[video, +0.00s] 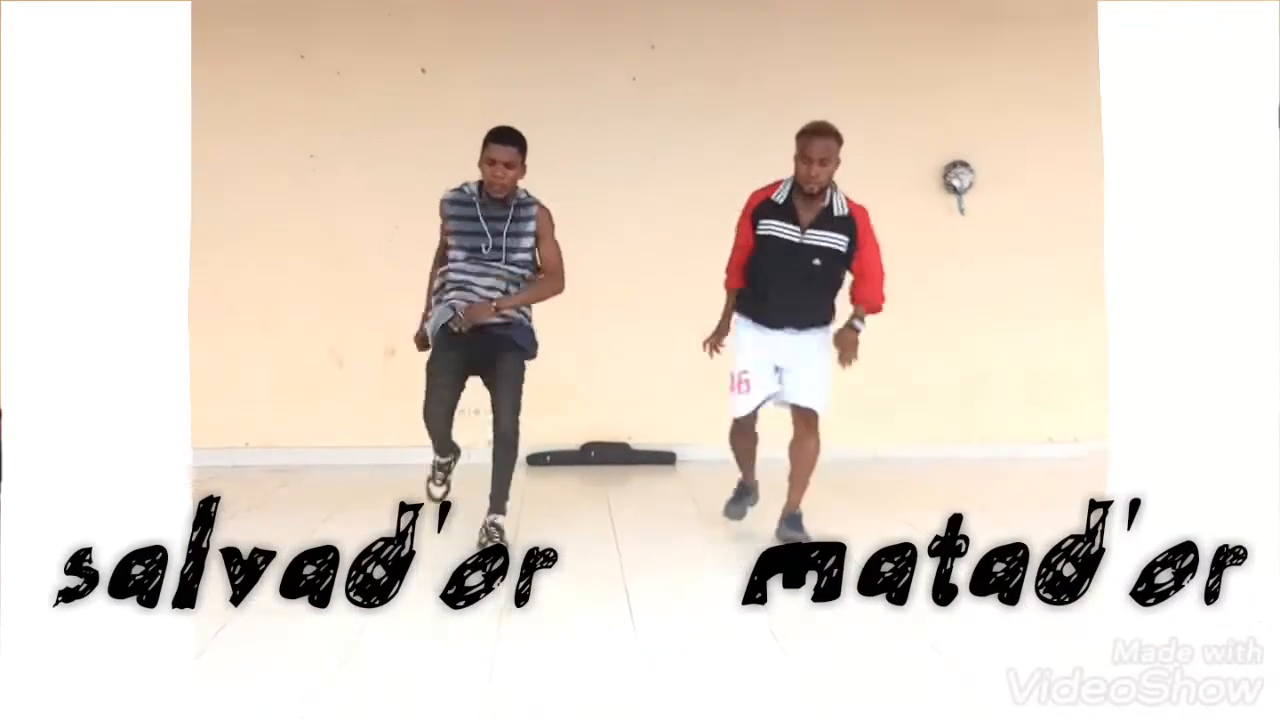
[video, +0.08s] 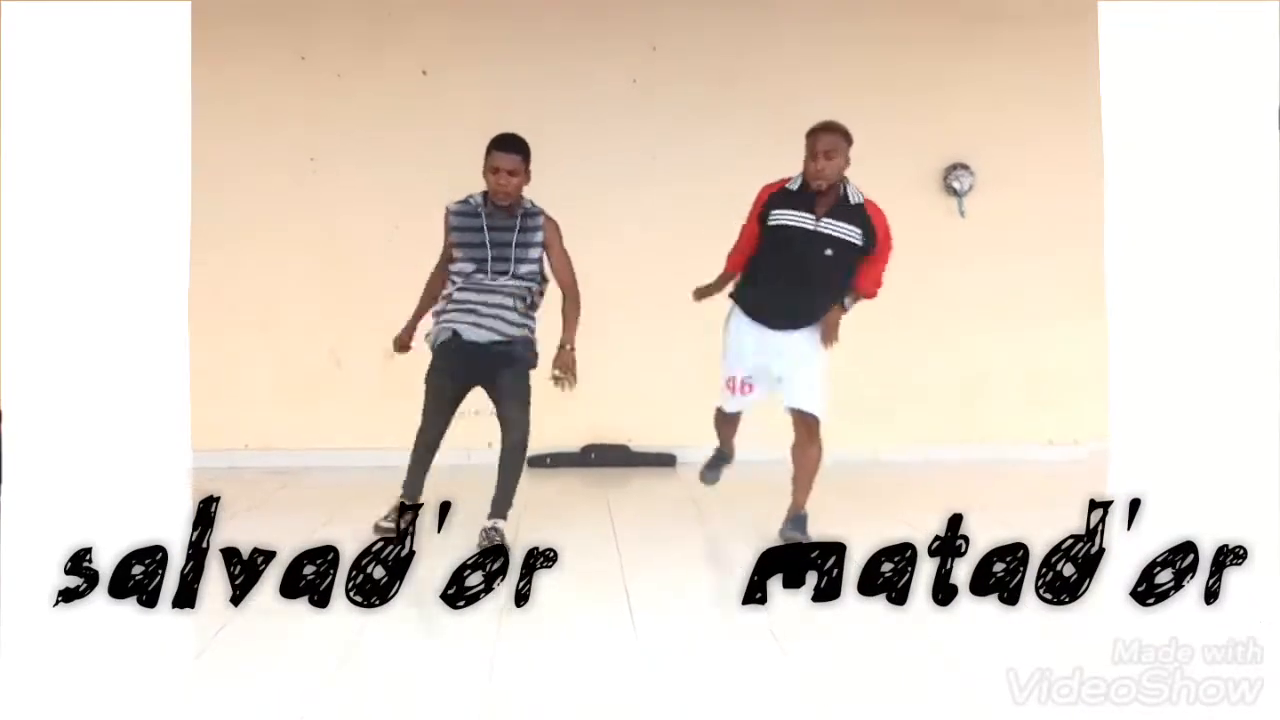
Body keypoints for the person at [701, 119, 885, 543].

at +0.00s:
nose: (813, 172)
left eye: (823, 164)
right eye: (806, 161)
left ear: (837, 165)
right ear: (794, 158)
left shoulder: (851, 217)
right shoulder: (762, 203)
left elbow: (870, 276)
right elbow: (739, 260)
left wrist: (853, 324)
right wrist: (727, 317)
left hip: (810, 335)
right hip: (755, 329)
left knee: (806, 421)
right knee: (742, 418)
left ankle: (792, 514)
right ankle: (747, 484)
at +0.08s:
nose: (819, 163)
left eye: (829, 155)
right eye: (813, 154)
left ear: (847, 161)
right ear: (804, 156)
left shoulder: (867, 216)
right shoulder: (774, 195)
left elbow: (874, 269)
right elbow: (747, 241)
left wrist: (841, 308)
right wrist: (721, 281)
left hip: (806, 330)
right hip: (750, 320)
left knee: (807, 422)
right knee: (729, 406)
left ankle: (796, 515)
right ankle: (724, 452)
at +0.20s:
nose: (798, 175)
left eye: (808, 169)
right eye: (793, 166)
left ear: (827, 174)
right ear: (785, 167)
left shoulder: (842, 228)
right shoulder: (768, 198)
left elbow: (831, 283)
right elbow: (725, 191)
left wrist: (784, 250)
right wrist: (683, 157)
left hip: (803, 329)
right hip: (756, 314)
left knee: (799, 426)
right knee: (699, 387)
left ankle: (797, 519)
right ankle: (701, 355)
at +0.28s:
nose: (791, 180)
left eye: (802, 172)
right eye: (786, 171)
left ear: (820, 175)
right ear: (778, 173)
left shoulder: (833, 221)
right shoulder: (766, 196)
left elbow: (803, 274)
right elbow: (716, 185)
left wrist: (761, 239)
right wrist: (682, 144)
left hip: (807, 332)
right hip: (760, 318)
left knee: (796, 425)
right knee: (697, 368)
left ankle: (793, 520)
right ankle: (695, 411)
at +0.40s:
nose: (795, 164)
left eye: (805, 156)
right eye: (787, 156)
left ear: (820, 162)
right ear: (777, 161)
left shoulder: (835, 224)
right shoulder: (757, 200)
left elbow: (828, 289)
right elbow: (731, 247)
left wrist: (817, 353)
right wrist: (705, 302)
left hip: (802, 337)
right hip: (755, 328)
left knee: (797, 430)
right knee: (731, 410)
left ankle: (789, 515)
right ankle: (725, 500)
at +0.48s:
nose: (793, 155)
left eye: (803, 147)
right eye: (786, 147)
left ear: (820, 153)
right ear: (777, 153)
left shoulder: (835, 216)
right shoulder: (757, 195)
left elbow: (856, 270)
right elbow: (756, 254)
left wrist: (883, 321)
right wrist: (775, 319)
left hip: (801, 329)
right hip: (752, 322)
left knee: (793, 422)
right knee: (758, 412)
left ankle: (791, 512)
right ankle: (821, 456)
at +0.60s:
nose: (780, 146)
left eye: (791, 141)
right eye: (774, 138)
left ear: (806, 150)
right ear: (765, 141)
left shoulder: (825, 194)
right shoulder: (746, 179)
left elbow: (867, 178)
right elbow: (797, 196)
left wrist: (900, 144)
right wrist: (839, 156)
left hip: (796, 312)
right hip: (754, 312)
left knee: (793, 415)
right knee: (777, 410)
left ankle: (794, 508)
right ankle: (835, 335)